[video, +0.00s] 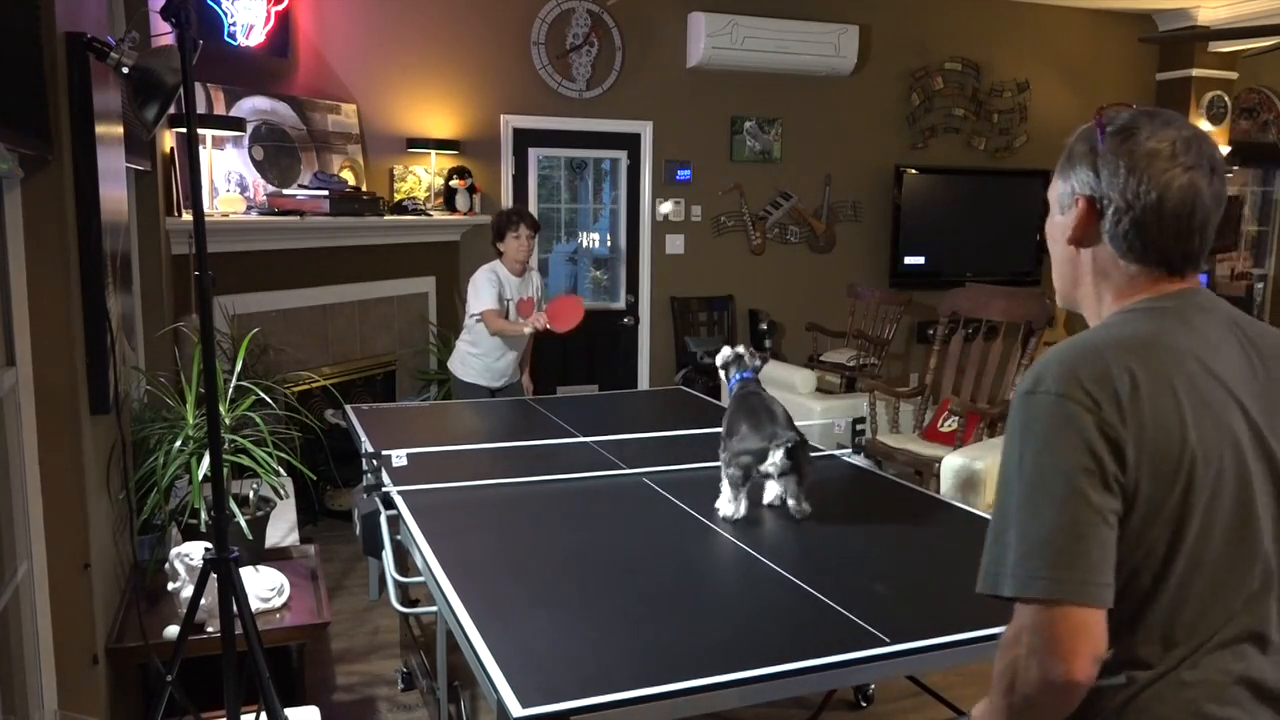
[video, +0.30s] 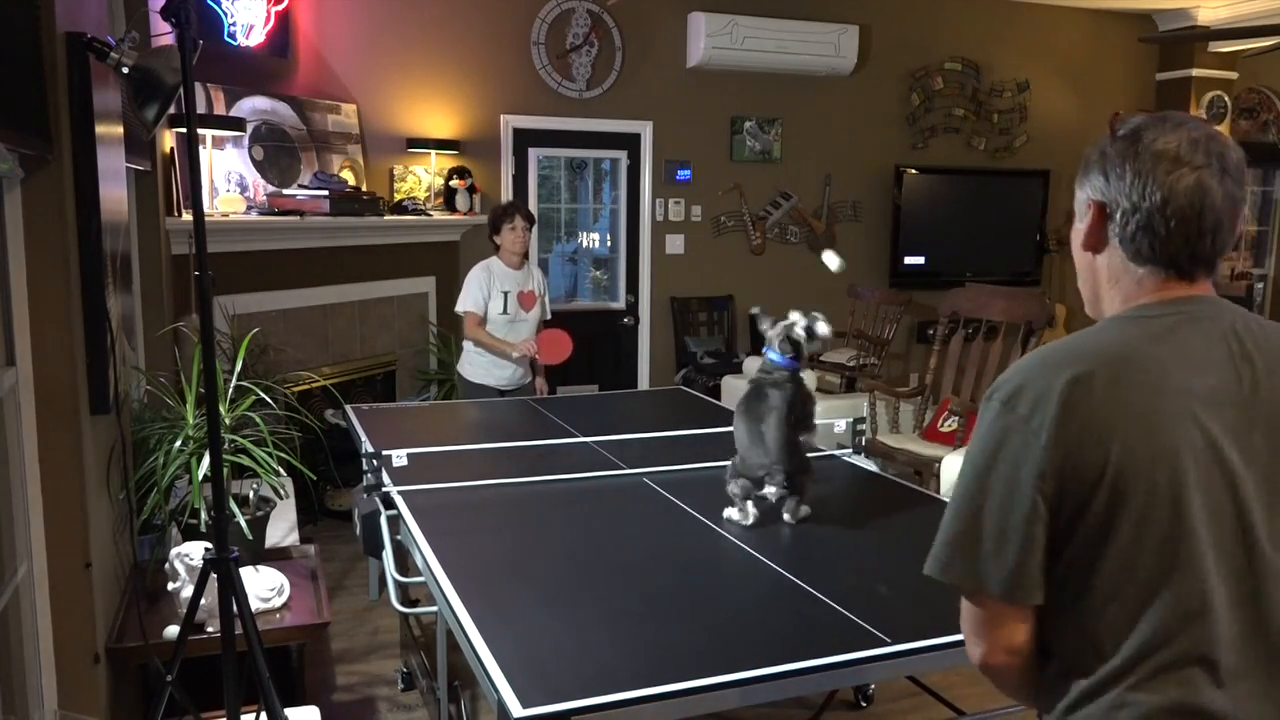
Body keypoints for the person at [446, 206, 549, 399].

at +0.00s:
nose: (525, 244)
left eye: (530, 237)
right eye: (516, 237)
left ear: (535, 241)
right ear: (500, 244)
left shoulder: (534, 279)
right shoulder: (485, 277)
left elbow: (529, 329)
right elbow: (494, 325)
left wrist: (525, 371)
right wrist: (526, 327)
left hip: (509, 374)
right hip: (472, 375)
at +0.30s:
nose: (521, 235)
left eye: (525, 229)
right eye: (512, 229)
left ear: (530, 234)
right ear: (497, 238)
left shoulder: (536, 276)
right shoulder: (482, 273)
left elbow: (538, 329)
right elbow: (471, 329)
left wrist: (540, 374)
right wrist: (511, 349)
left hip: (521, 381)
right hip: (480, 382)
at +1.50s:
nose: (520, 234)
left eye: (524, 228)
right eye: (511, 228)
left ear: (529, 232)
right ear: (496, 235)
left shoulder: (543, 275)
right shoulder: (477, 273)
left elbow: (552, 327)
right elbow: (456, 323)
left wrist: (554, 375)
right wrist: (485, 349)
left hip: (534, 383)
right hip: (489, 383)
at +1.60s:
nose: (518, 237)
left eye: (523, 230)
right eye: (509, 231)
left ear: (529, 234)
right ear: (496, 236)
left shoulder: (543, 275)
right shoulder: (475, 273)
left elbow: (551, 328)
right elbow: (450, 319)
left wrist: (553, 375)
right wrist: (468, 347)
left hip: (531, 382)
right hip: (487, 382)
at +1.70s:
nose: (512, 241)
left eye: (519, 234)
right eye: (505, 234)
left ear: (526, 237)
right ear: (492, 237)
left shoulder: (539, 277)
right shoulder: (471, 274)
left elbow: (549, 330)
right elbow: (439, 314)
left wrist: (550, 379)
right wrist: (450, 343)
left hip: (527, 384)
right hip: (482, 385)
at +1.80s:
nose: (506, 243)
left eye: (512, 236)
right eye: (498, 236)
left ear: (520, 239)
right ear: (485, 240)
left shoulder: (532, 279)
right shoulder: (463, 276)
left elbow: (542, 332)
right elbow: (425, 313)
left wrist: (544, 382)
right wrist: (436, 338)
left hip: (521, 389)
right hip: (474, 389)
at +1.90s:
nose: (496, 245)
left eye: (502, 238)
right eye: (488, 237)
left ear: (510, 243)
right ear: (475, 242)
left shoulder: (520, 282)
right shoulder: (453, 277)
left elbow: (530, 334)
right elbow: (409, 313)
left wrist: (533, 385)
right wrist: (429, 326)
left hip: (508, 391)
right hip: (460, 391)